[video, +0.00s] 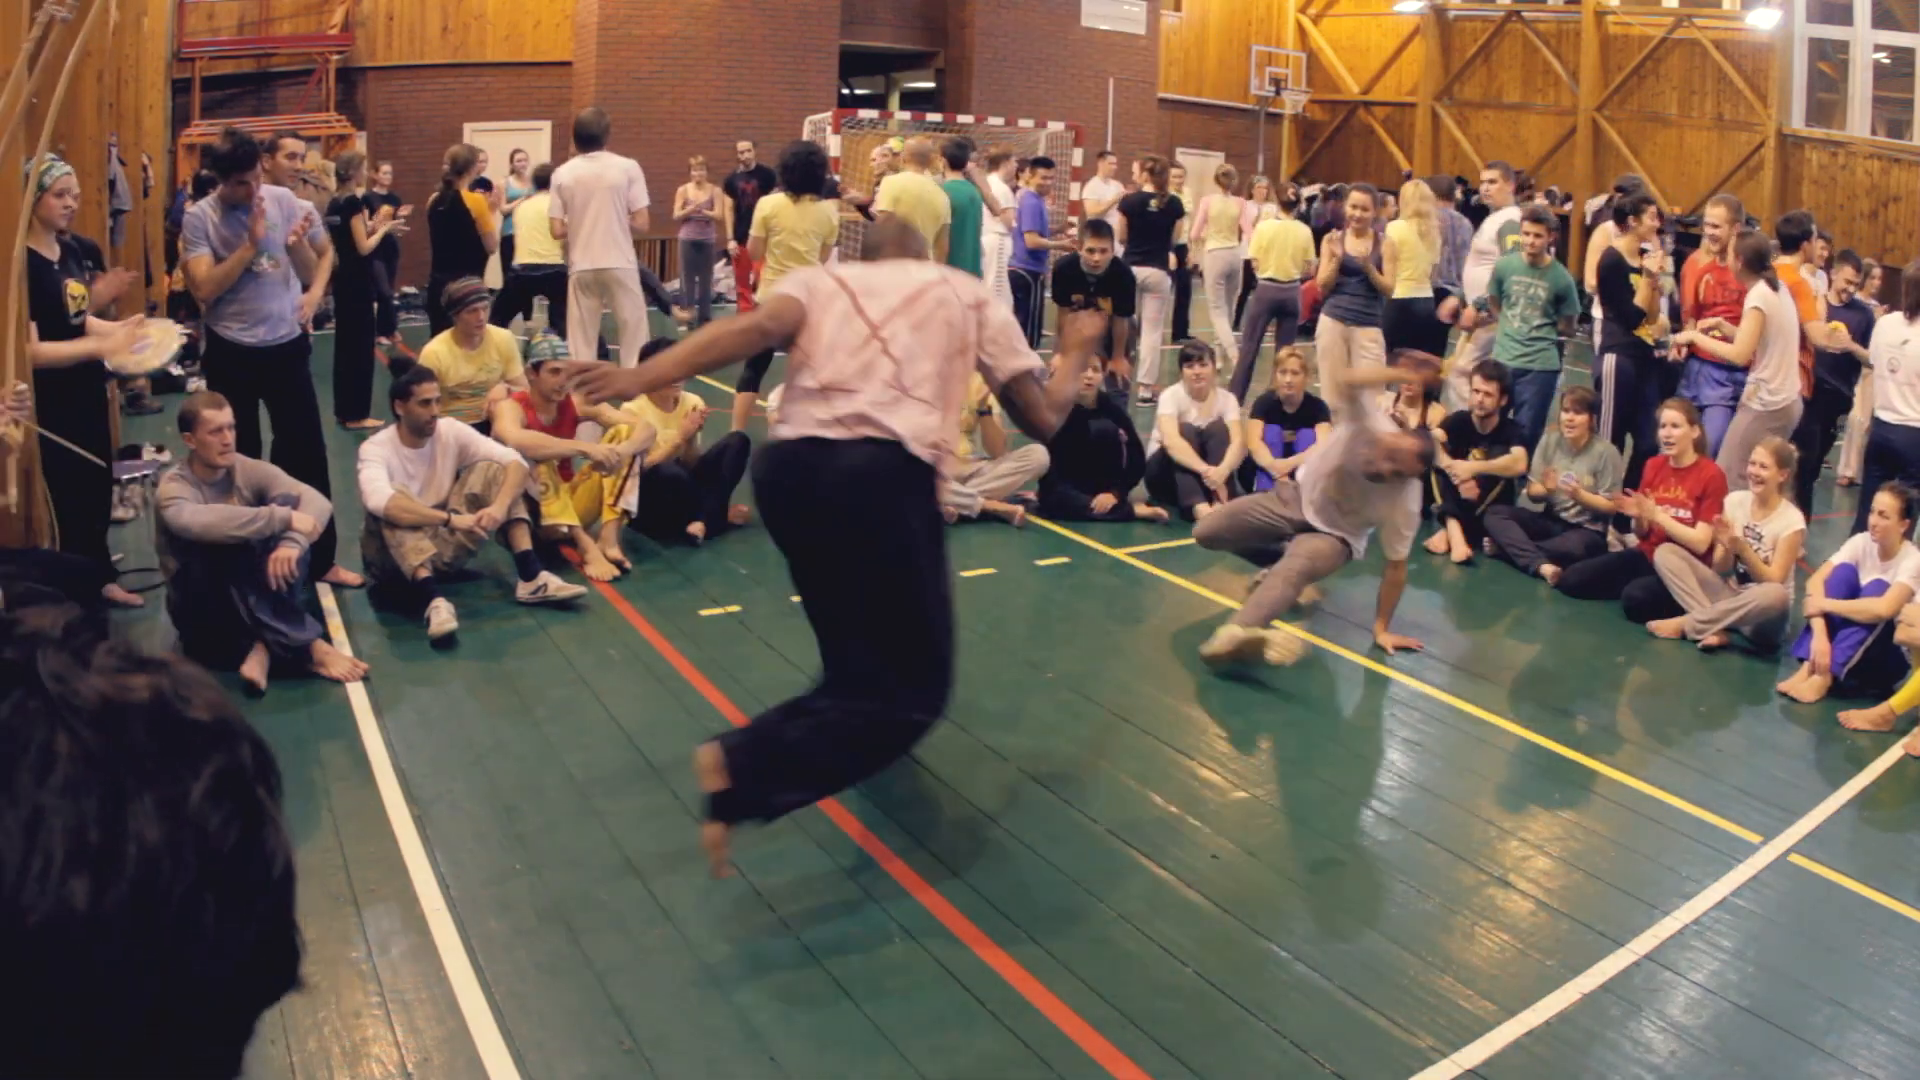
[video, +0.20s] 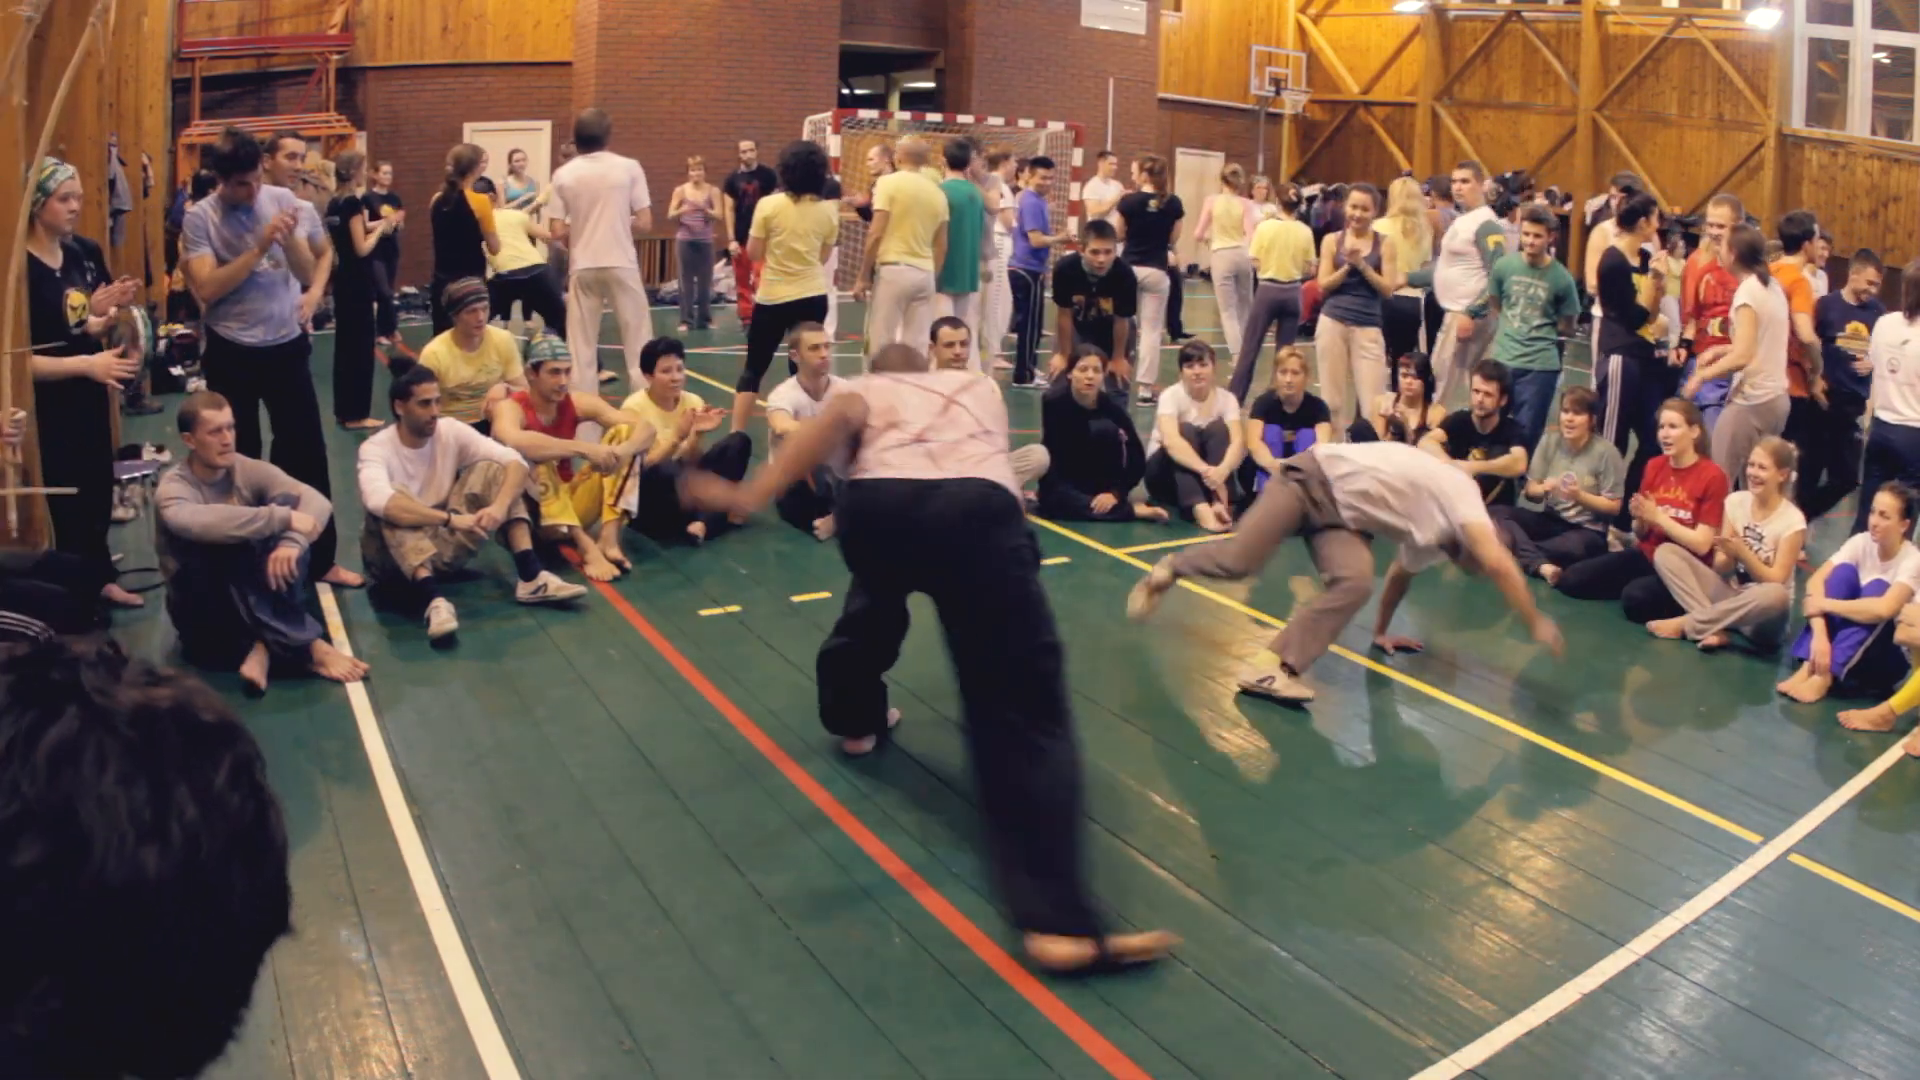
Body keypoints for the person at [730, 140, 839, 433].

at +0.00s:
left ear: (783, 171)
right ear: (821, 174)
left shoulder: (768, 204)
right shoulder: (828, 211)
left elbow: (755, 251)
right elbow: (825, 255)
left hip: (772, 293)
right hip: (813, 294)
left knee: (755, 365)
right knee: (808, 368)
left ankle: (736, 434)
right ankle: (802, 439)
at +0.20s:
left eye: (782, 167)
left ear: (784, 171)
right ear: (821, 173)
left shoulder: (768, 205)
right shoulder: (829, 209)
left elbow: (754, 252)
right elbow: (825, 254)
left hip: (773, 301)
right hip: (813, 298)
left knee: (753, 370)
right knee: (807, 367)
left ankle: (736, 436)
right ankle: (809, 435)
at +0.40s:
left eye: (781, 166)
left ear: (783, 171)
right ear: (821, 173)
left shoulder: (768, 205)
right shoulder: (829, 210)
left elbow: (754, 253)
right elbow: (824, 256)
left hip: (773, 301)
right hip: (814, 298)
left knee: (753, 369)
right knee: (808, 367)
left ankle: (736, 436)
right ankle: (810, 434)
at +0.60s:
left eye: (780, 166)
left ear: (783, 171)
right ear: (821, 172)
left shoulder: (768, 205)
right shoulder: (830, 209)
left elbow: (757, 252)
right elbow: (825, 255)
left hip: (773, 300)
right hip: (814, 297)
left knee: (754, 368)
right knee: (808, 367)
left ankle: (736, 436)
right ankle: (809, 434)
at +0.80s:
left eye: (777, 163)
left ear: (784, 169)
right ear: (822, 171)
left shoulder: (769, 204)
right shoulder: (830, 208)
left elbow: (757, 251)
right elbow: (826, 254)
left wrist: (750, 233)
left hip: (773, 299)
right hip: (814, 297)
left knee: (754, 367)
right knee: (808, 366)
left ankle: (737, 435)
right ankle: (809, 433)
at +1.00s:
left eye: (781, 164)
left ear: (786, 170)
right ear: (823, 172)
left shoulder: (771, 204)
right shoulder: (830, 209)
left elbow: (756, 250)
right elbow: (826, 255)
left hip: (774, 300)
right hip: (815, 298)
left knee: (754, 367)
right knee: (808, 366)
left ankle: (737, 435)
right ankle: (809, 434)